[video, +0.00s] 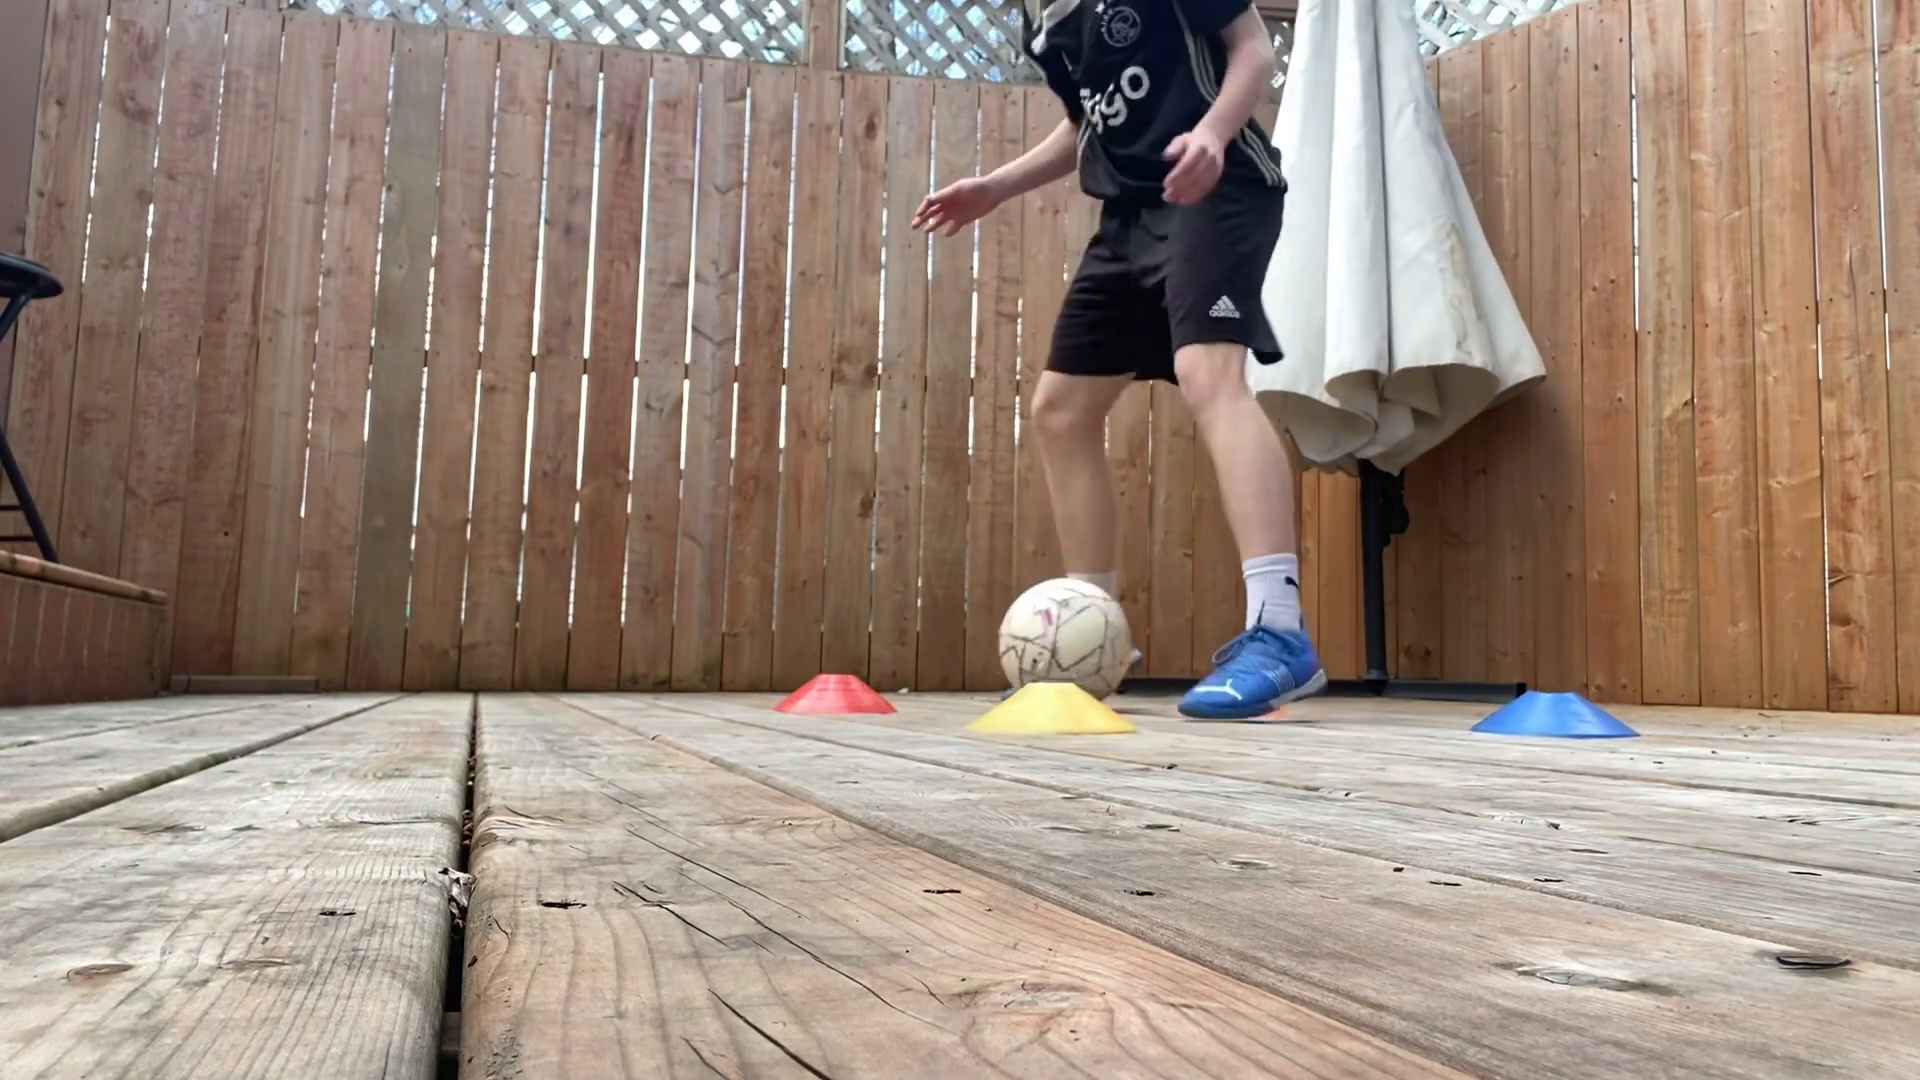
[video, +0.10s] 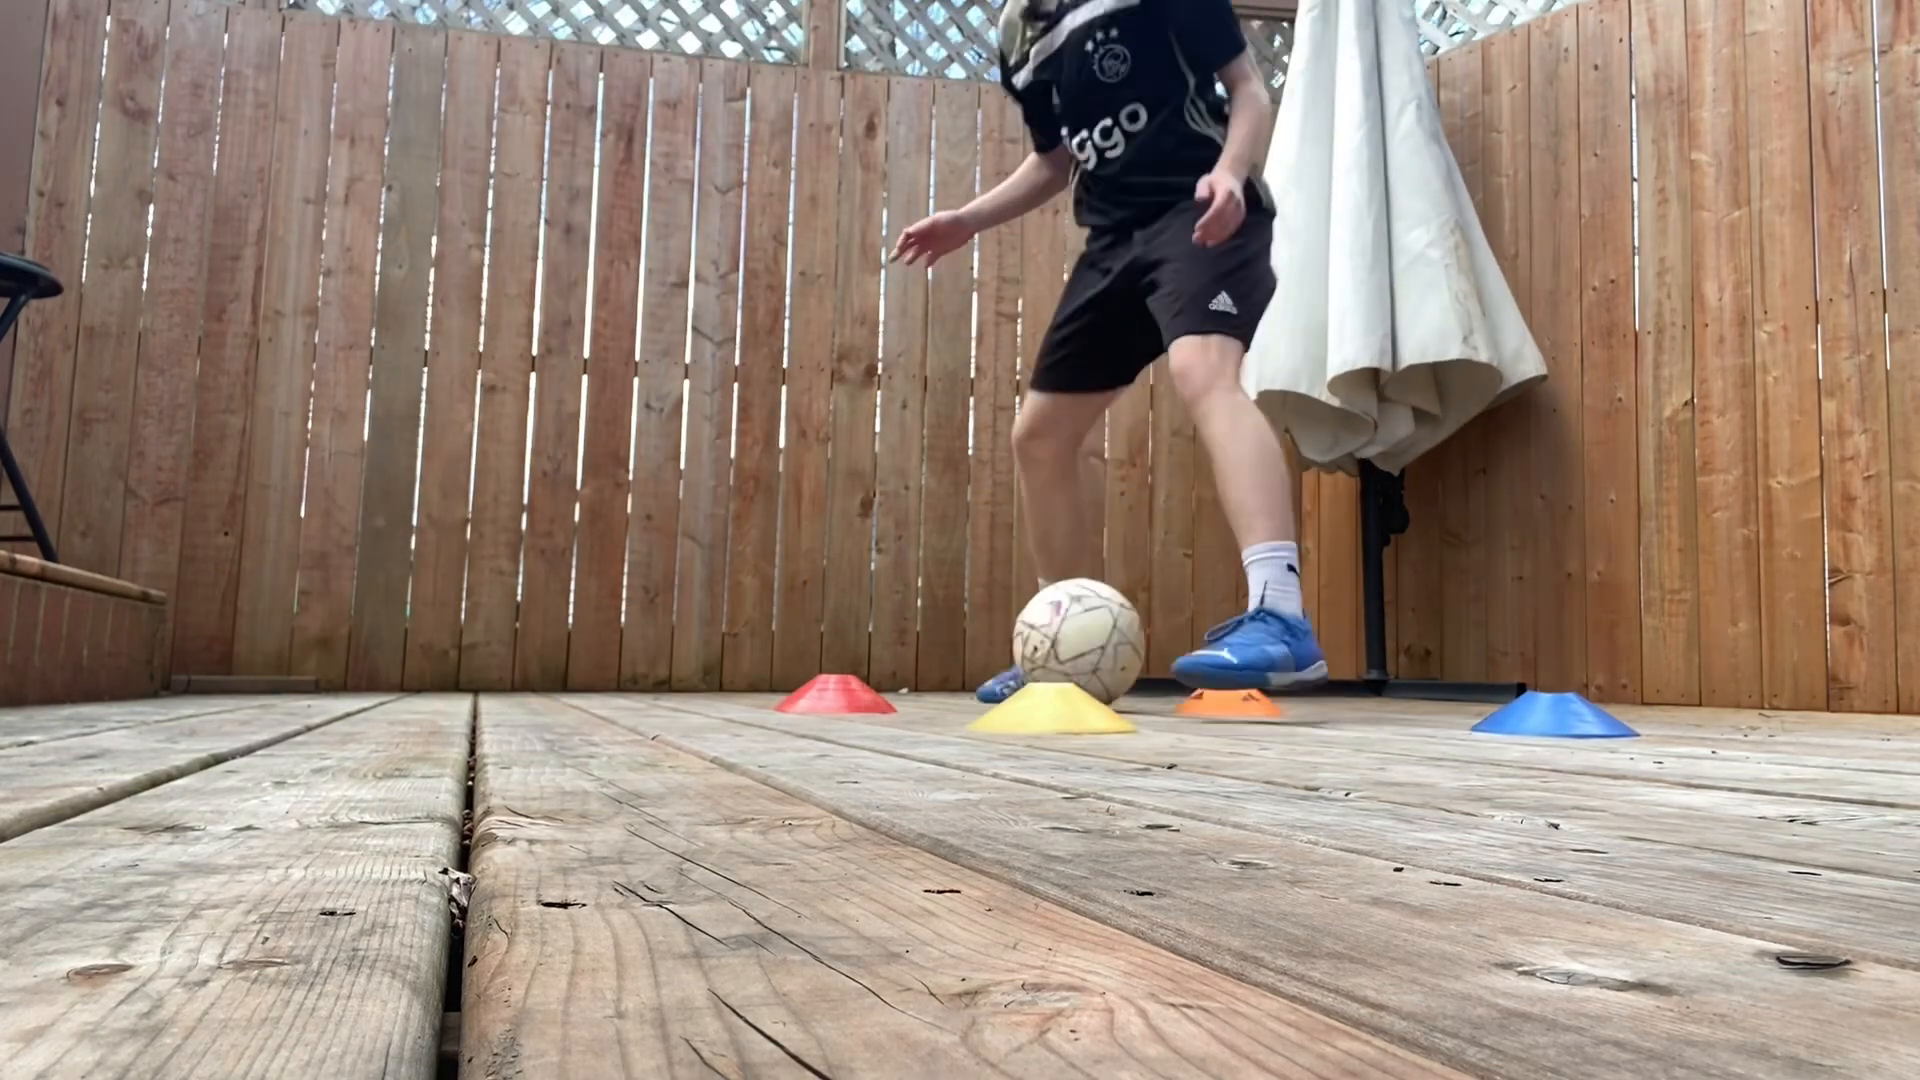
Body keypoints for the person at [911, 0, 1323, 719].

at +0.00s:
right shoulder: (1048, 27)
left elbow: (1255, 50)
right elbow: (1083, 131)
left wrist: (1213, 134)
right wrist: (993, 187)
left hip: (1216, 184)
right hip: (1128, 210)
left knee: (1208, 373)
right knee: (1060, 415)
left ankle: (1279, 635)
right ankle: (1095, 646)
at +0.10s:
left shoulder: (1166, 2)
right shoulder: (1024, 47)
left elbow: (1250, 91)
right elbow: (1052, 161)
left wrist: (1232, 170)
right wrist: (969, 219)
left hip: (1200, 204)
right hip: (1112, 239)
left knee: (1201, 368)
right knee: (1040, 437)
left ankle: (1281, 618)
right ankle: (1069, 654)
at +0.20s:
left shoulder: (1169, 13)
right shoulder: (1013, 75)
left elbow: (1228, 144)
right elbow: (1015, 211)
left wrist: (1237, 202)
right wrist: (928, 265)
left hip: (1190, 260)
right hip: (1100, 289)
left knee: (1189, 391)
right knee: (1029, 483)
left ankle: (1305, 612)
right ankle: (1072, 670)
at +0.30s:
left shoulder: (1202, 3)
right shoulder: (1041, 48)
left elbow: (1274, 111)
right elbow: (1042, 193)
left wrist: (1246, 159)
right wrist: (958, 252)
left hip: (1216, 239)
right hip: (1119, 273)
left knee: (1209, 395)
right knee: (1043, 463)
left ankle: (1323, 650)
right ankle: (1079, 656)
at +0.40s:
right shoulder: (1087, 18)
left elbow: (1334, 5)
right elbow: (1094, 149)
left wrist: (1281, 54)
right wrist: (1002, 225)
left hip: (1274, 178)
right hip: (1179, 213)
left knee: (1244, 369)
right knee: (1069, 406)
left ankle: (1334, 644)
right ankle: (1069, 632)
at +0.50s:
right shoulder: (1107, 10)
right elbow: (1124, 117)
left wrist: (1337, 9)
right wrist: (1030, 204)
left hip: (1314, 118)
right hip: (1220, 181)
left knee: (1264, 285)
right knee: (1091, 355)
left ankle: (1406, 566)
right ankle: (1153, 604)